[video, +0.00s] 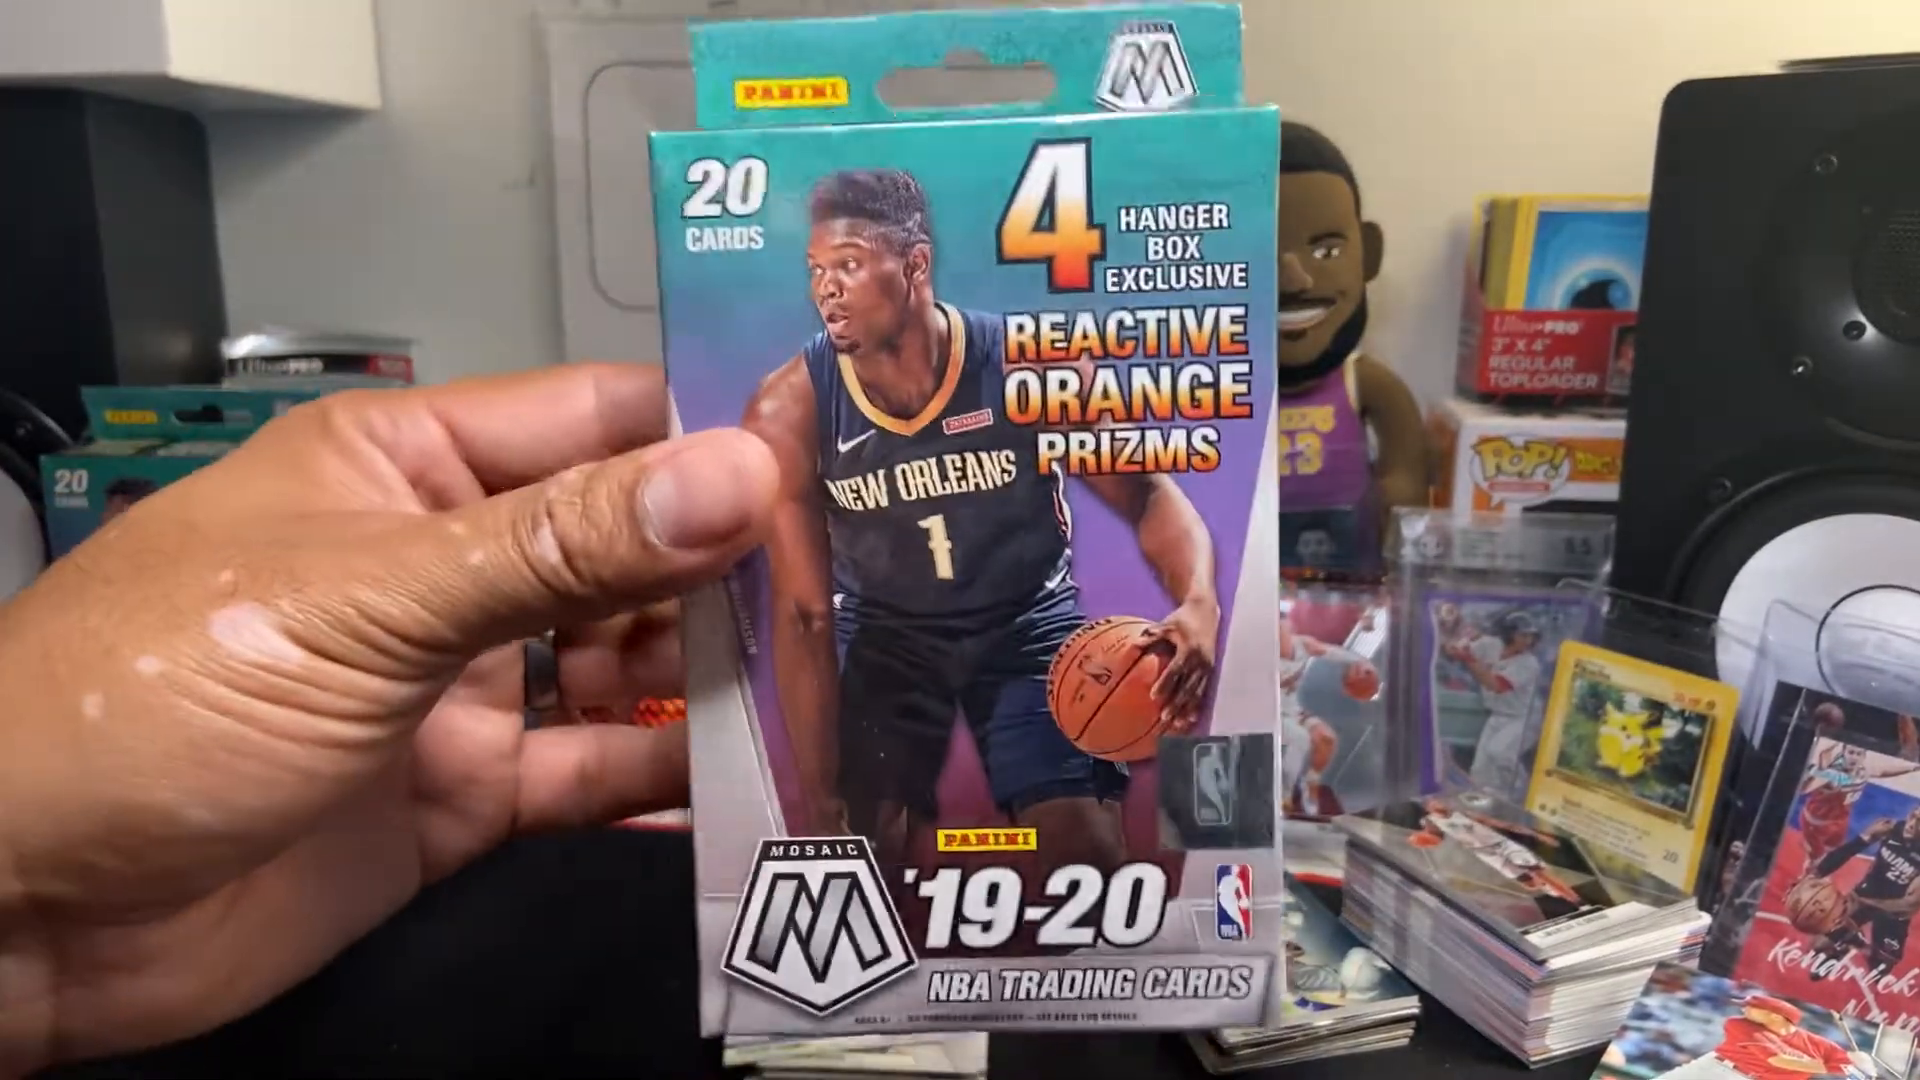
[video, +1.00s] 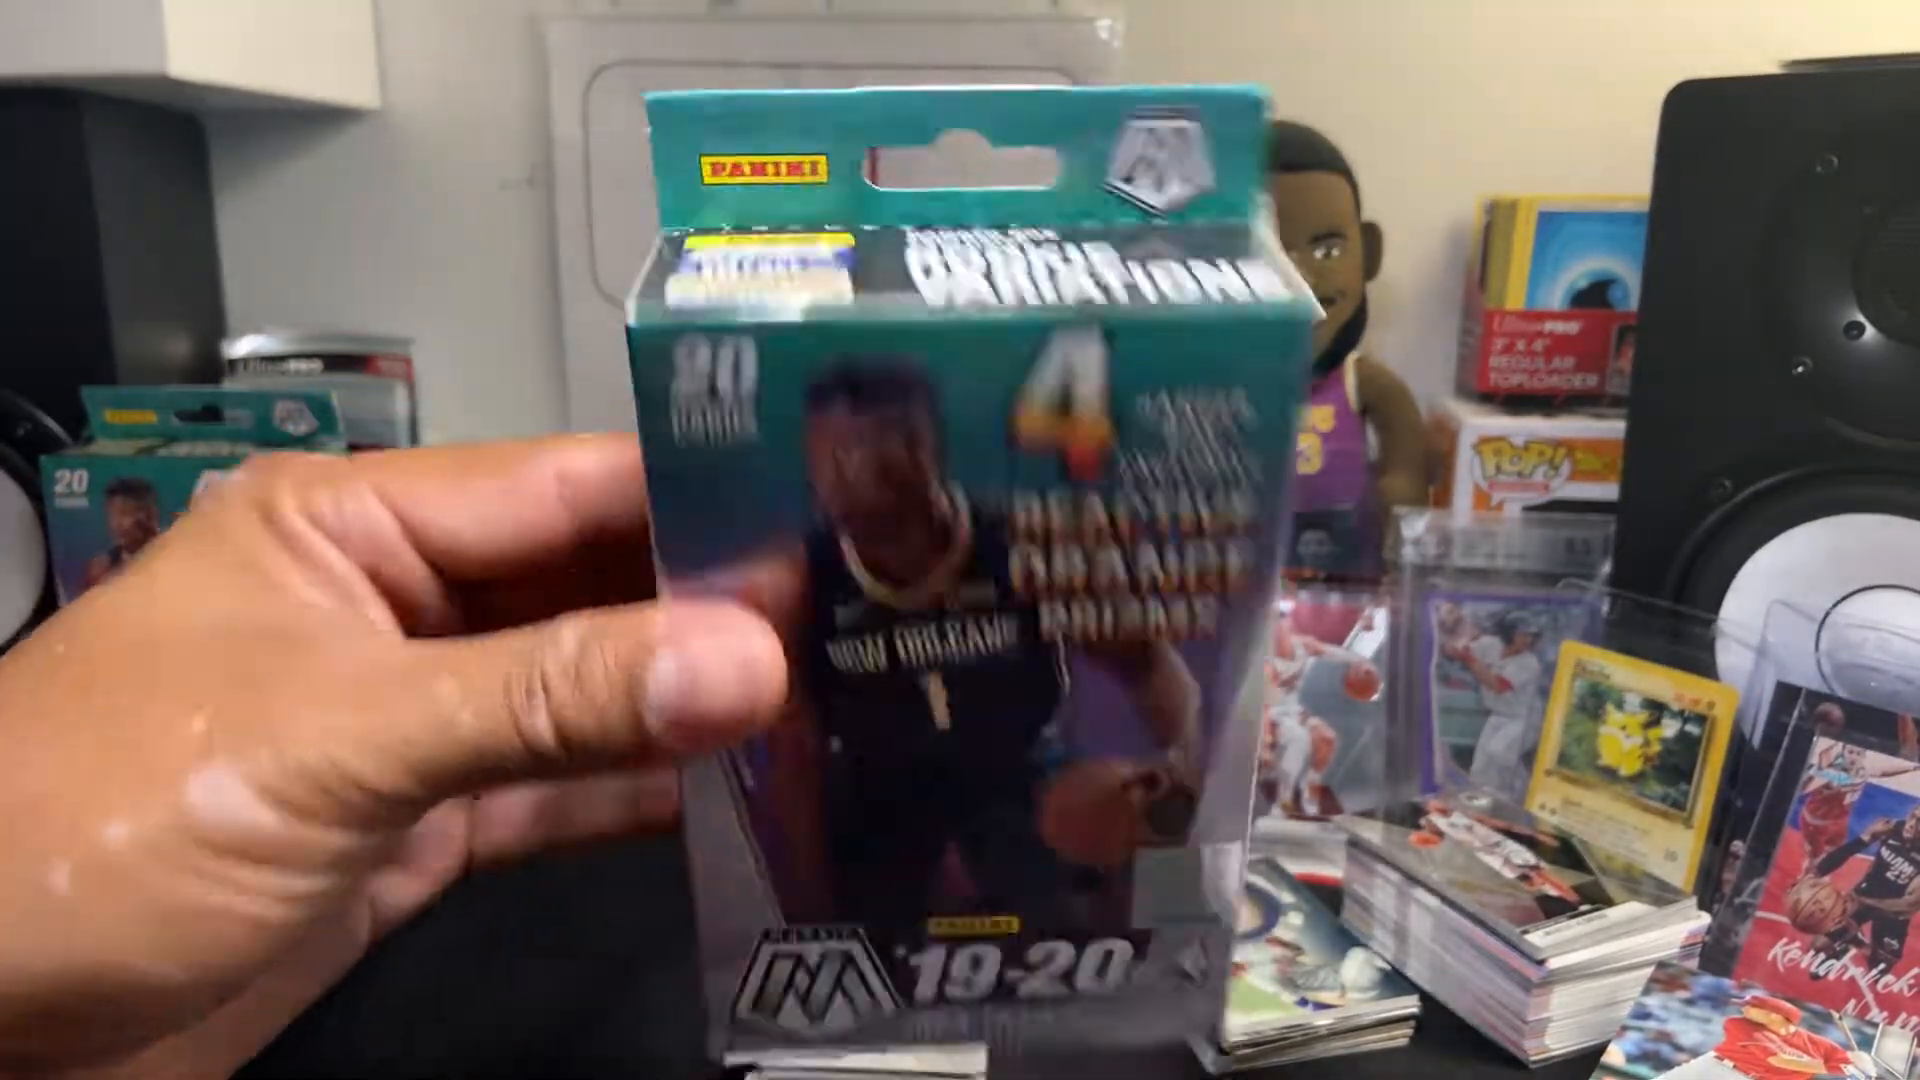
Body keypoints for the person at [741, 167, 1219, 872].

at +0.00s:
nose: (825, 291)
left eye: (847, 266)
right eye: (816, 271)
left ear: (917, 267)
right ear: (809, 278)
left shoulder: (1024, 366)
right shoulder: (791, 409)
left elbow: (1144, 495)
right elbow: (803, 616)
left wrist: (1199, 602)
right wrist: (817, 798)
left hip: (1031, 625)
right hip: (888, 635)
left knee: (1082, 848)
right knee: (866, 848)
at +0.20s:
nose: (822, 271)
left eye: (844, 248)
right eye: (814, 253)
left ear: (910, 250)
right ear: (805, 262)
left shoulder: (1013, 344)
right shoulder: (787, 382)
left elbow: (1129, 470)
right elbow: (792, 591)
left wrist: (1182, 577)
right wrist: (806, 783)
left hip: (1014, 600)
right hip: (879, 611)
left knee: (1065, 821)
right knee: (854, 820)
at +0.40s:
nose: (816, 251)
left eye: (838, 229)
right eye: (808, 234)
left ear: (902, 229)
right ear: (800, 245)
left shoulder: (1001, 321)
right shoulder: (778, 359)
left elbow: (1119, 447)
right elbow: (779, 566)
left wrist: (1173, 553)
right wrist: (788, 747)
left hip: (1006, 576)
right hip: (865, 584)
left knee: (1053, 803)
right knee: (829, 792)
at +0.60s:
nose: (790, 291)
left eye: (811, 268)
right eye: (781, 273)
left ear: (877, 267)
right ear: (772, 283)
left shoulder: (979, 362)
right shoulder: (756, 403)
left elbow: (1095, 488)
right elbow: (765, 606)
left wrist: (1147, 589)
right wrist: (781, 788)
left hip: (982, 619)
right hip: (852, 631)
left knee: (1034, 827)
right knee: (828, 831)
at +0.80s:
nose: (790, 376)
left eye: (811, 351)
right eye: (780, 357)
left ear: (876, 352)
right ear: (773, 364)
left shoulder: (976, 444)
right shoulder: (757, 487)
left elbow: (1092, 565)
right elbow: (769, 680)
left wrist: (1143, 669)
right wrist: (786, 853)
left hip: (985, 694)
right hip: (855, 707)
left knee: (1038, 893)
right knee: (824, 903)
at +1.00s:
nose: (862, 470)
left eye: (883, 443)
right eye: (839, 449)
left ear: (927, 451)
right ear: (814, 466)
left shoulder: (1026, 553)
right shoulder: (794, 588)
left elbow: (1147, 662)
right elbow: (793, 762)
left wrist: (1181, 761)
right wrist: (810, 922)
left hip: (1014, 820)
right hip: (875, 828)